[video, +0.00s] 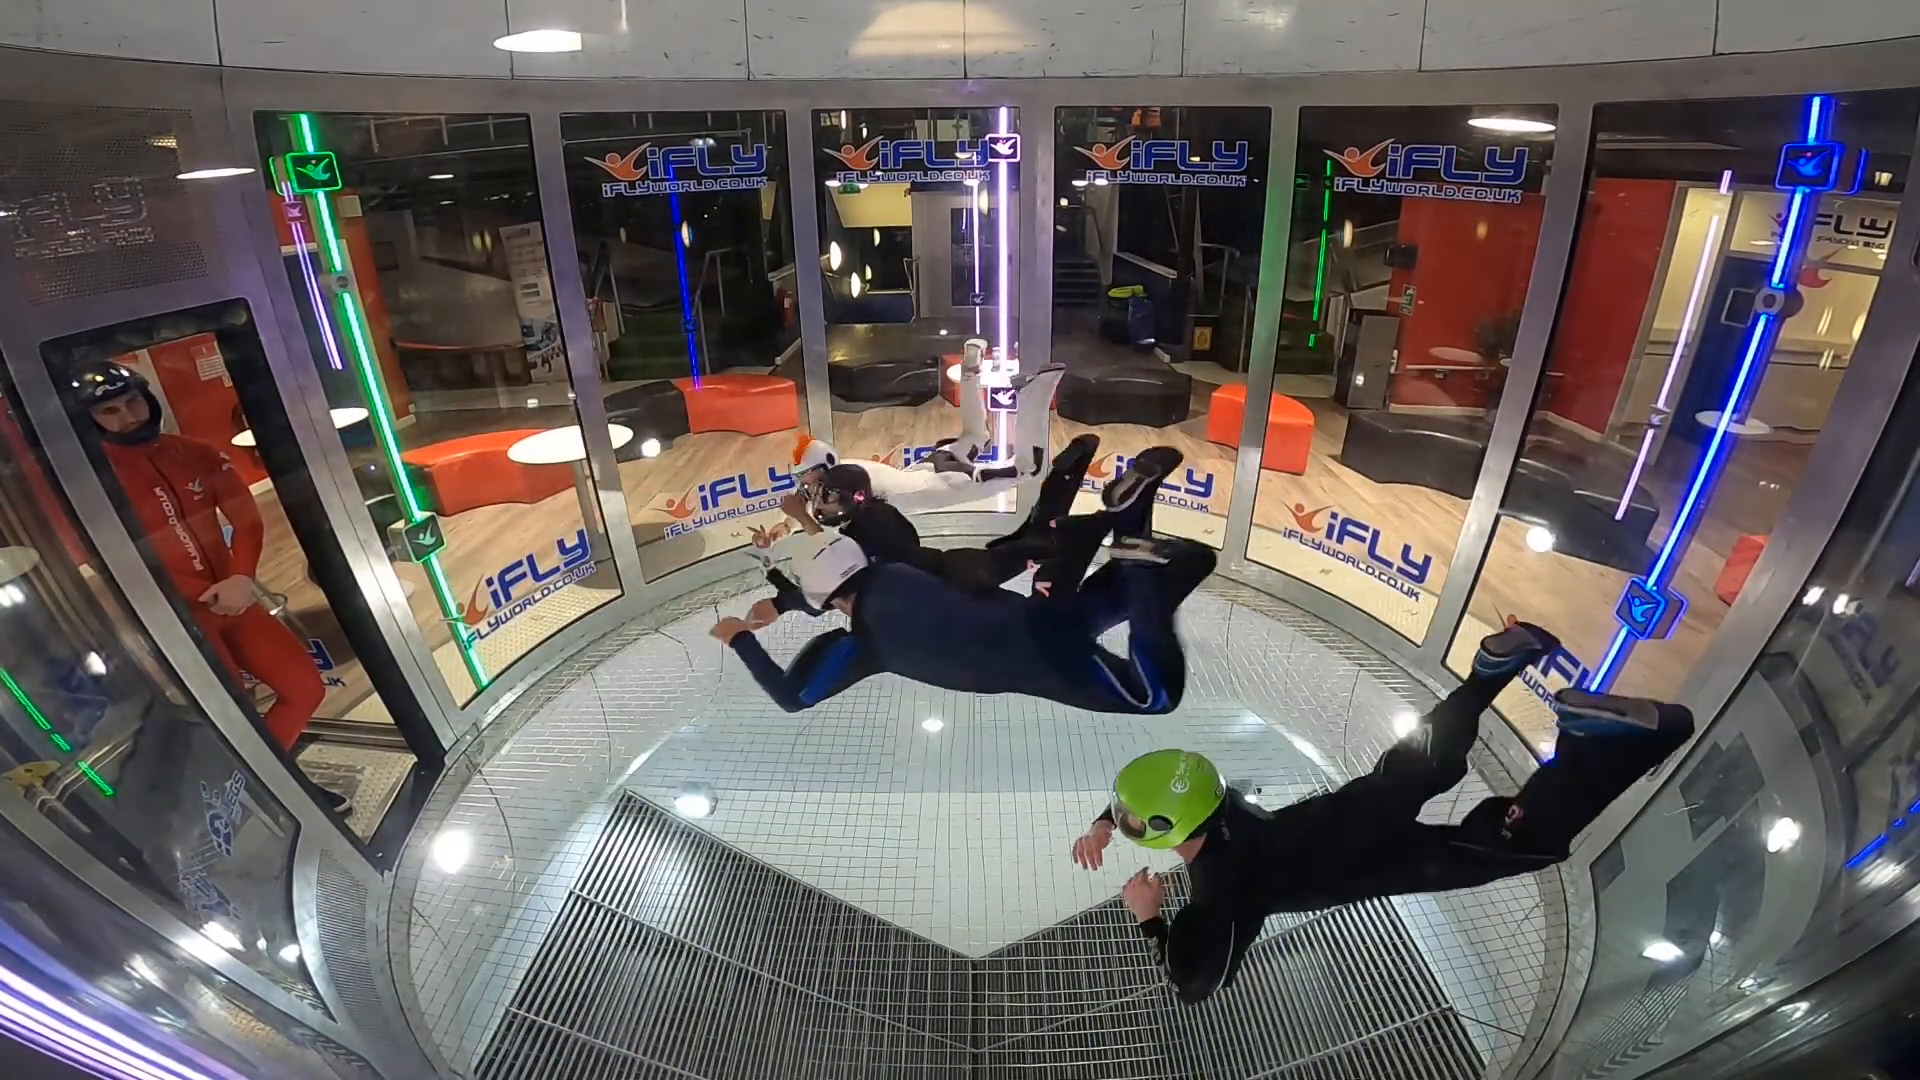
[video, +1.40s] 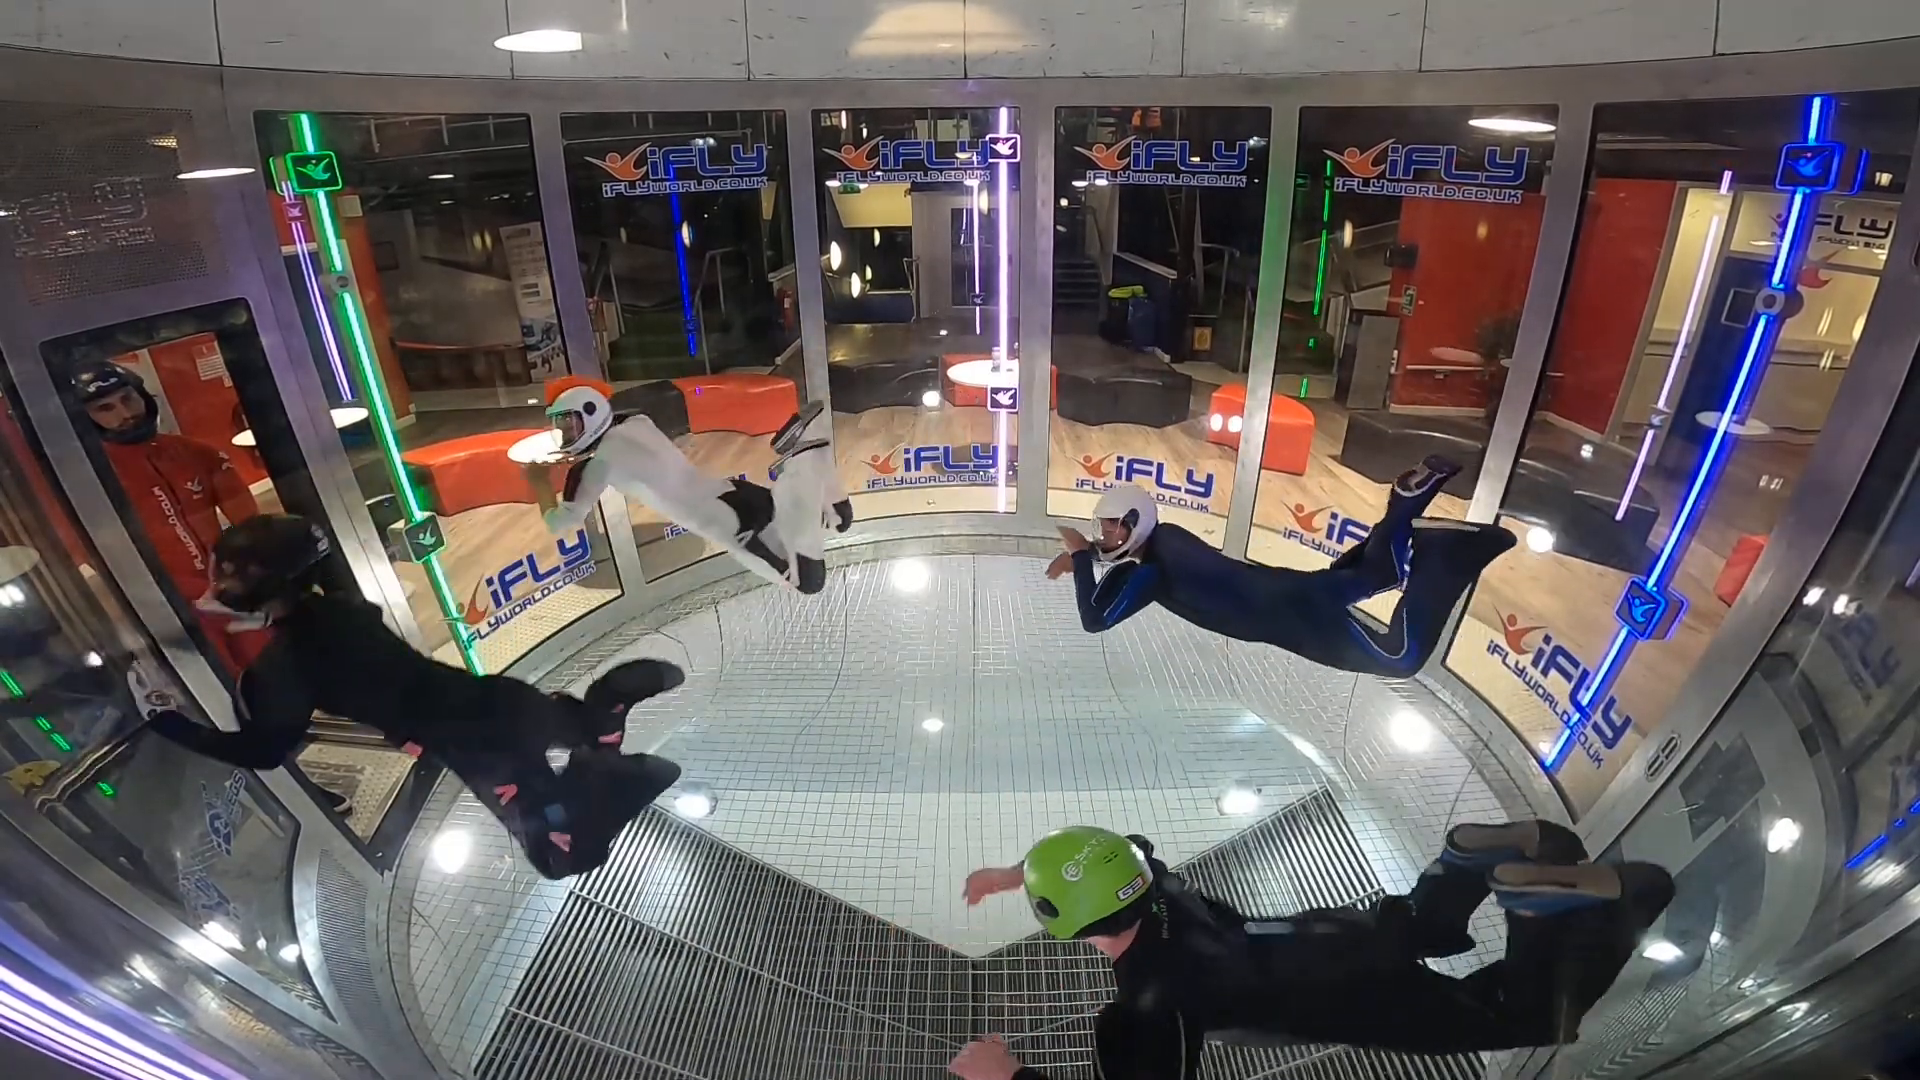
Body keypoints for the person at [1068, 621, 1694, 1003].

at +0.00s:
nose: (1135, 833)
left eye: (1146, 828)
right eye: (1138, 817)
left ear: (1174, 831)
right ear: (1192, 797)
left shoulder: (1225, 883)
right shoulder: (1206, 803)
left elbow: (1196, 975)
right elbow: (1151, 795)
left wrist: (1157, 919)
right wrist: (1107, 822)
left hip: (1391, 858)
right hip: (1357, 810)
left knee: (1521, 840)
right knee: (1429, 759)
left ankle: (1614, 743)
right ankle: (1497, 665)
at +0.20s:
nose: (1103, 892)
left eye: (1109, 883)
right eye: (1103, 877)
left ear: (1144, 888)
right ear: (1159, 837)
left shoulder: (1187, 949)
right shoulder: (1180, 846)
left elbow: (1146, 1045)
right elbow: (1124, 830)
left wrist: (1095, 987)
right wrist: (1070, 863)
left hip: (1360, 931)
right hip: (1335, 866)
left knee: (1507, 923)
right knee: (1421, 822)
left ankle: (1578, 825)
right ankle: (1515, 741)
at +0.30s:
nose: (1064, 915)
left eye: (1071, 908)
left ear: (1103, 916)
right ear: (1130, 859)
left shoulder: (1161, 988)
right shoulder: (1156, 868)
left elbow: (1107, 1067)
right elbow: (1103, 852)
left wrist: (1047, 1021)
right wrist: (1037, 883)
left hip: (1363, 961)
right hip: (1341, 888)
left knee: (1502, 965)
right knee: (1418, 851)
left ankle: (1599, 876)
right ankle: (1517, 802)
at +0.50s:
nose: (1016, 977)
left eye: (1017, 966)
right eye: (1018, 963)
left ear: (1049, 972)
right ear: (1072, 908)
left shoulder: (1106, 1035)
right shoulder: (1110, 906)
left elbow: (1032, 1079)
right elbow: (1055, 879)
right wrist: (962, 908)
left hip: (1318, 1024)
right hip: (1305, 948)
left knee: (1447, 1027)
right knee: (1391, 927)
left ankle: (1556, 966)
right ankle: (1491, 901)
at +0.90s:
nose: (986, 1019)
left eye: (994, 1006)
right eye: (974, 1003)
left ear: (1032, 987)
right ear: (1021, 935)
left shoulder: (1067, 1058)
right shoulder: (1051, 930)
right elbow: (994, 914)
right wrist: (906, 933)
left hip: (1252, 1062)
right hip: (1222, 1008)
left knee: (1380, 1062)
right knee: (1324, 1009)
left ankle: (1514, 1030)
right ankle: (1404, 965)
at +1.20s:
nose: (1015, 984)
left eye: (1014, 972)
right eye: (1014, 969)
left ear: (1035, 978)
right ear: (1076, 908)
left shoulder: (1097, 1049)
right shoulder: (1110, 921)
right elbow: (1060, 881)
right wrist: (964, 912)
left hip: (1306, 1052)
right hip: (1285, 981)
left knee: (1420, 1059)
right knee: (1370, 974)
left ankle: (1511, 1022)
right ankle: (1466, 929)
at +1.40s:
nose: (1072, 936)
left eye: (1074, 927)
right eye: (1067, 921)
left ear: (1099, 929)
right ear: (1123, 877)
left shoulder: (1151, 999)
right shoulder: (1157, 887)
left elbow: (1137, 1073)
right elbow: (1095, 869)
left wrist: (1011, 1077)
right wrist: (1019, 878)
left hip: (1350, 1003)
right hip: (1344, 932)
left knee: (1493, 1009)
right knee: (1428, 922)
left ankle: (1610, 917)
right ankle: (1479, 855)